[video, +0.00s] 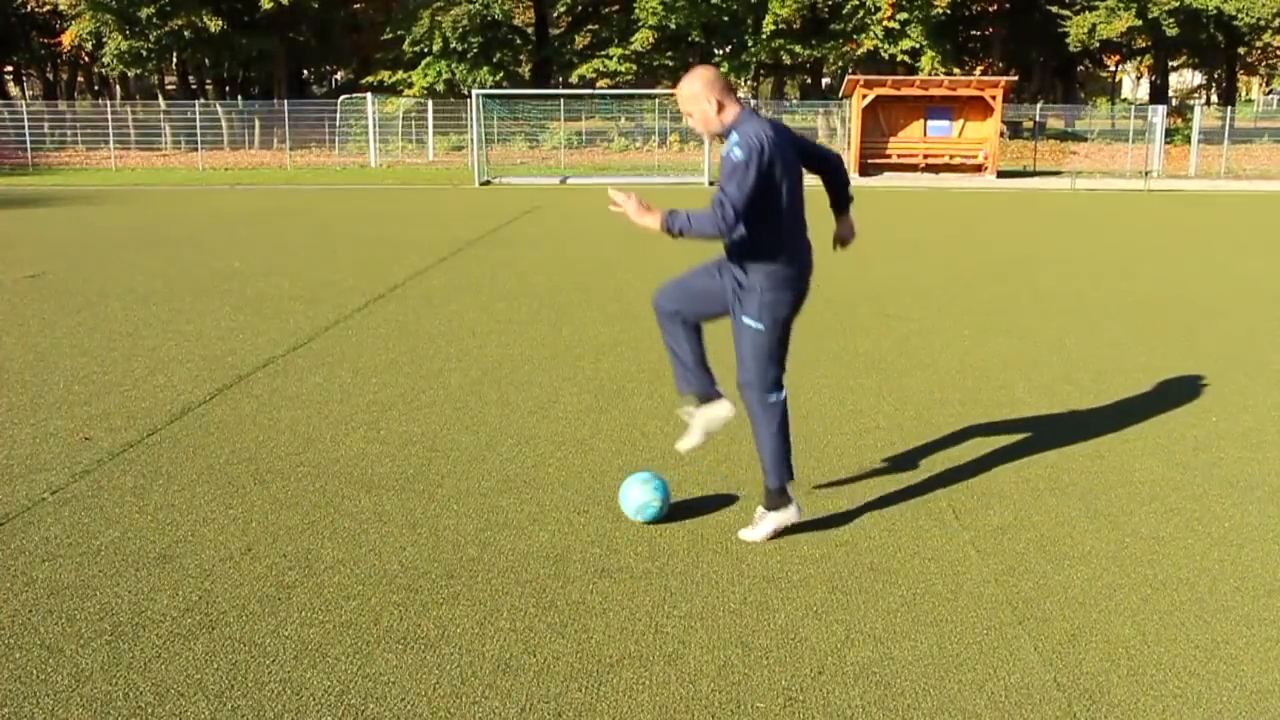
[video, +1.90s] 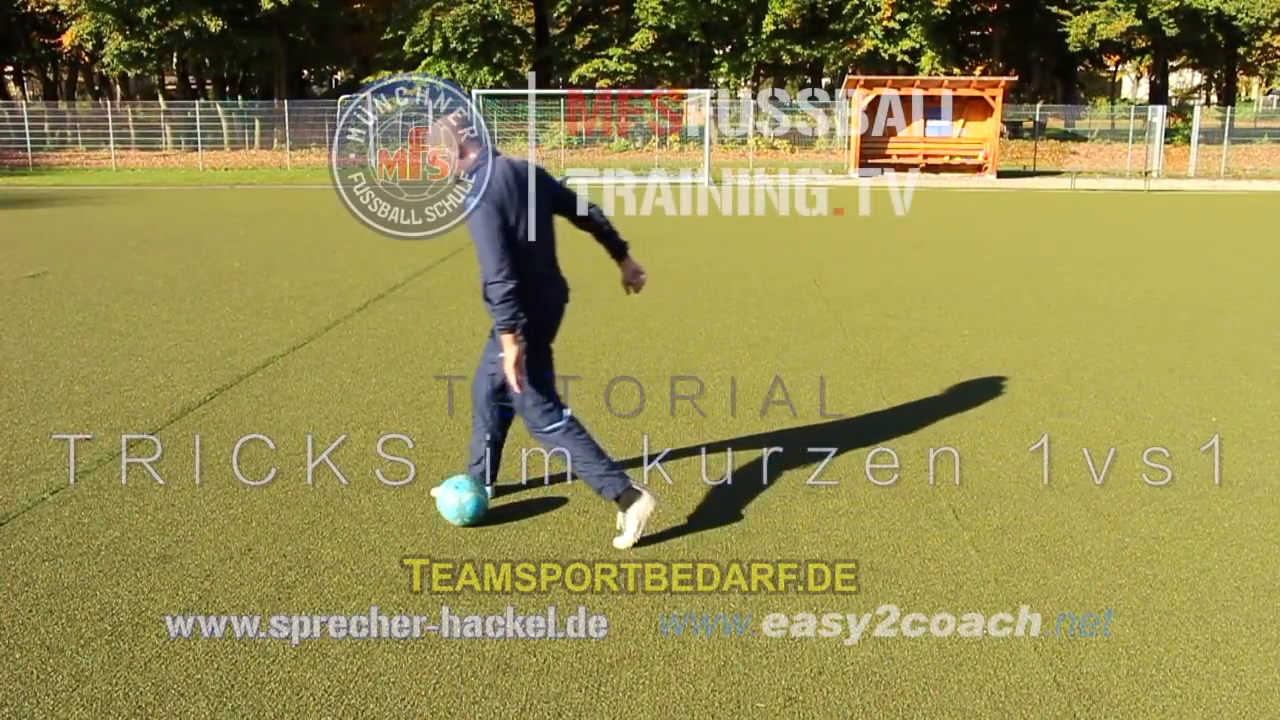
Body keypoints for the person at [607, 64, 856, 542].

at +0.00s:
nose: (691, 126)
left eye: (691, 115)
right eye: (687, 117)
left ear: (716, 105)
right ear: (721, 102)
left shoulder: (748, 142)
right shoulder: (767, 129)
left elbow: (723, 220)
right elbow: (830, 163)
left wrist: (656, 219)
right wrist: (843, 213)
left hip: (770, 277)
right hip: (742, 267)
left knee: (761, 388)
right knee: (670, 302)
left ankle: (779, 501)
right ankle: (706, 402)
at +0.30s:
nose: (652, 95)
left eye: (651, 83)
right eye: (647, 86)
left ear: (675, 69)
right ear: (681, 65)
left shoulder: (705, 109)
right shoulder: (735, 94)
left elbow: (702, 195)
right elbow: (799, 125)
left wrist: (645, 238)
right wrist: (823, 175)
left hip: (737, 247)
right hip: (720, 234)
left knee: (716, 351)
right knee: (639, 273)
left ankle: (730, 469)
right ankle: (663, 378)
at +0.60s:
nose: (606, 121)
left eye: (606, 110)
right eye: (601, 112)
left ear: (631, 96)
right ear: (636, 93)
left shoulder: (660, 138)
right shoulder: (690, 112)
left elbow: (683, 222)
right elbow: (756, 135)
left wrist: (663, 291)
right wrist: (792, 181)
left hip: (703, 264)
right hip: (689, 251)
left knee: (673, 370)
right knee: (607, 296)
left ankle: (658, 493)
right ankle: (627, 403)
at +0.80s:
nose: (579, 166)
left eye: (579, 156)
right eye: (575, 157)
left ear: (603, 141)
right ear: (610, 137)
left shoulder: (634, 186)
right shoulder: (668, 155)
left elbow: (660, 273)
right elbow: (731, 173)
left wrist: (657, 344)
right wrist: (778, 211)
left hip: (673, 309)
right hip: (687, 291)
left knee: (642, 410)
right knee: (581, 327)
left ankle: (667, 529)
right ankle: (584, 435)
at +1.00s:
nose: (555, 192)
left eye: (555, 183)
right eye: (551, 185)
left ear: (578, 169)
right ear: (581, 166)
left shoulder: (609, 215)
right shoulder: (645, 172)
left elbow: (632, 303)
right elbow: (708, 197)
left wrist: (642, 374)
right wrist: (753, 238)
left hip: (651, 323)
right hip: (672, 306)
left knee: (609, 426)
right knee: (568, 354)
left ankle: (661, 528)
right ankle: (524, 454)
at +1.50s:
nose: (502, 173)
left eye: (501, 163)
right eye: (498, 165)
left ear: (523, 151)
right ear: (530, 146)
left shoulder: (547, 193)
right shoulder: (592, 166)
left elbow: (565, 278)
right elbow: (649, 204)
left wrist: (576, 348)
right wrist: (685, 253)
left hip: (582, 316)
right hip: (608, 303)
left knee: (586, 426)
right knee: (529, 380)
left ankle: (654, 517)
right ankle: (476, 457)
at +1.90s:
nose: (439, 167)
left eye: (440, 157)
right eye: (437, 157)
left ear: (460, 150)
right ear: (472, 142)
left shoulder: (481, 193)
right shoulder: (522, 171)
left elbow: (498, 272)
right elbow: (582, 209)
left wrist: (509, 337)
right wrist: (624, 258)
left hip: (522, 315)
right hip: (548, 301)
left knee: (544, 417)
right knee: (488, 384)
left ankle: (629, 497)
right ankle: (477, 485)